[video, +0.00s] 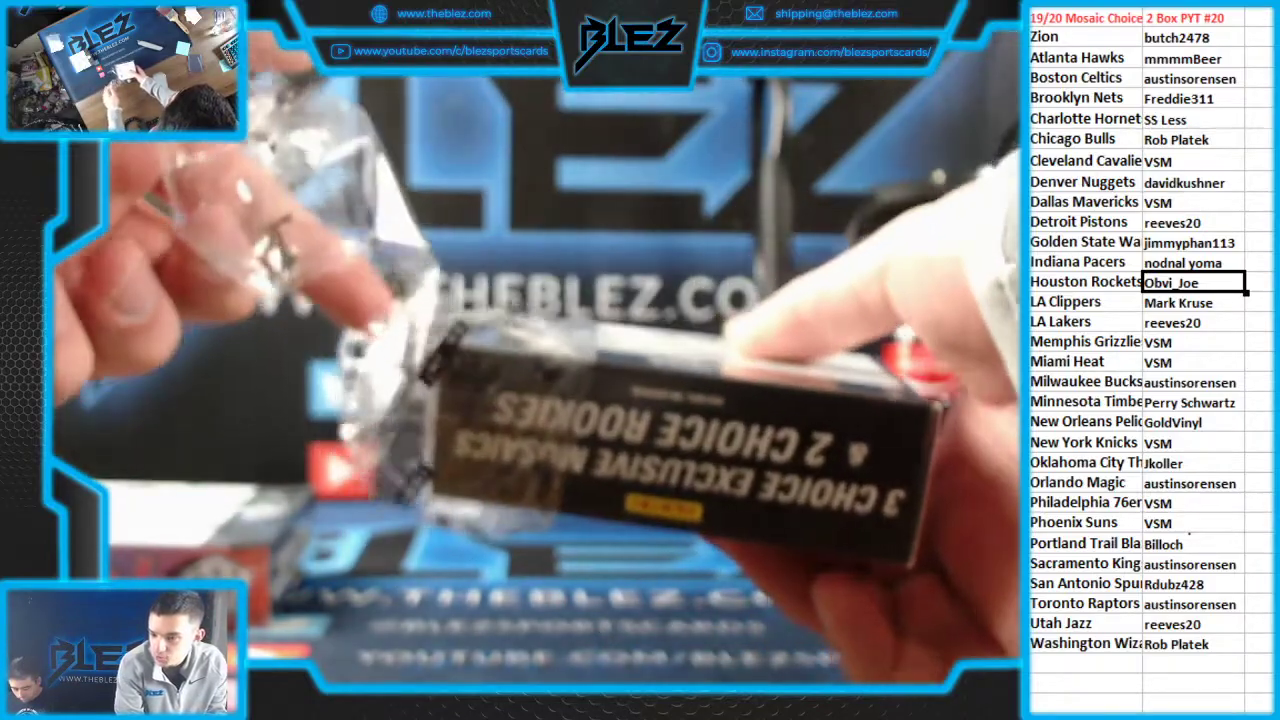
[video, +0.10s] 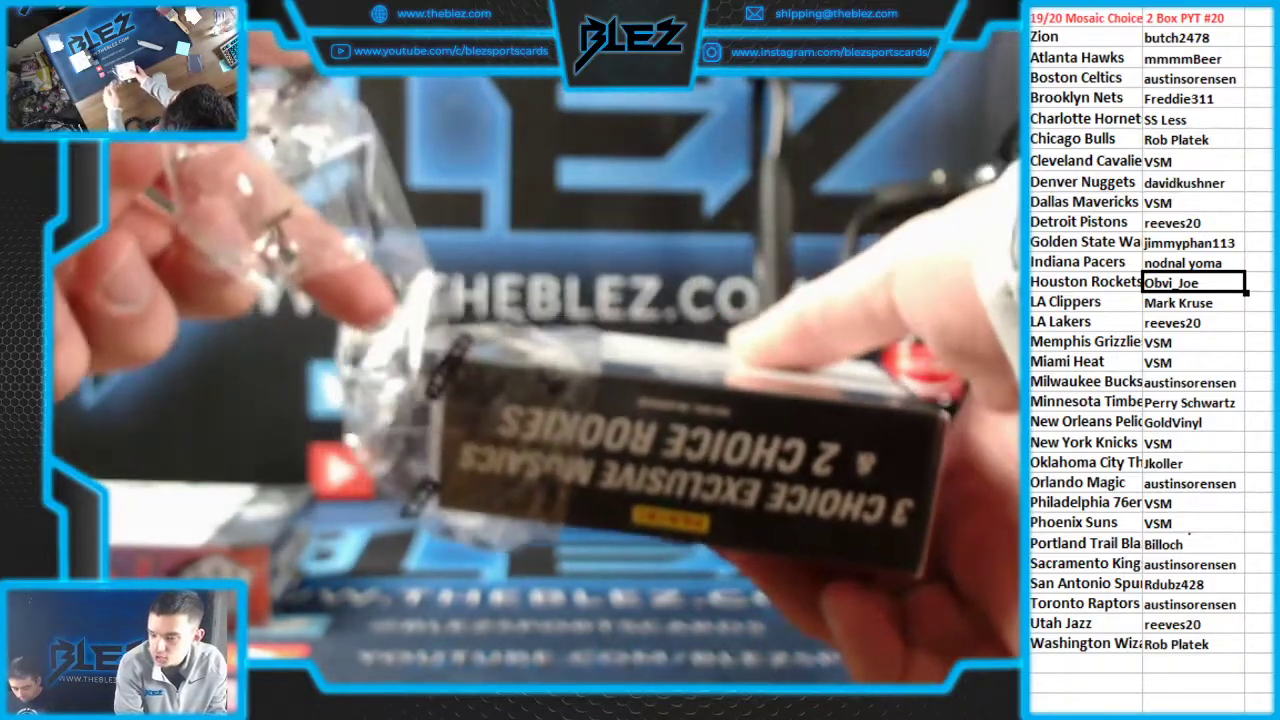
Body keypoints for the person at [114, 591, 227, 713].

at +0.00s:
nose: (160, 648)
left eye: (172, 638)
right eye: (153, 635)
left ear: (198, 637)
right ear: (148, 629)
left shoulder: (213, 661)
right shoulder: (131, 664)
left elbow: (217, 713)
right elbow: (128, 714)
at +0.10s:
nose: (159, 647)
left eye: (171, 638)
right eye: (152, 635)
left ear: (197, 637)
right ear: (148, 630)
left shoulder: (213, 661)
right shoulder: (131, 664)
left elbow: (216, 713)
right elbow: (128, 714)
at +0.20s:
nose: (158, 647)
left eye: (170, 638)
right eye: (152, 635)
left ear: (196, 637)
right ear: (147, 630)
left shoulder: (213, 661)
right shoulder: (130, 664)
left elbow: (216, 713)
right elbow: (127, 714)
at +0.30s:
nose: (158, 647)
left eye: (170, 637)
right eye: (151, 635)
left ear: (196, 637)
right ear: (146, 630)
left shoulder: (213, 661)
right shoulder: (130, 664)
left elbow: (217, 713)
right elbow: (127, 714)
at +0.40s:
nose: (158, 647)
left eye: (169, 638)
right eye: (151, 635)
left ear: (196, 637)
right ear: (146, 630)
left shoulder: (213, 662)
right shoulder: (130, 664)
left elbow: (216, 713)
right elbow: (127, 715)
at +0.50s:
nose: (157, 647)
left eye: (169, 637)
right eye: (151, 635)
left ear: (195, 636)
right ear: (146, 629)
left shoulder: (212, 661)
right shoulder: (130, 664)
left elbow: (217, 713)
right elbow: (128, 715)